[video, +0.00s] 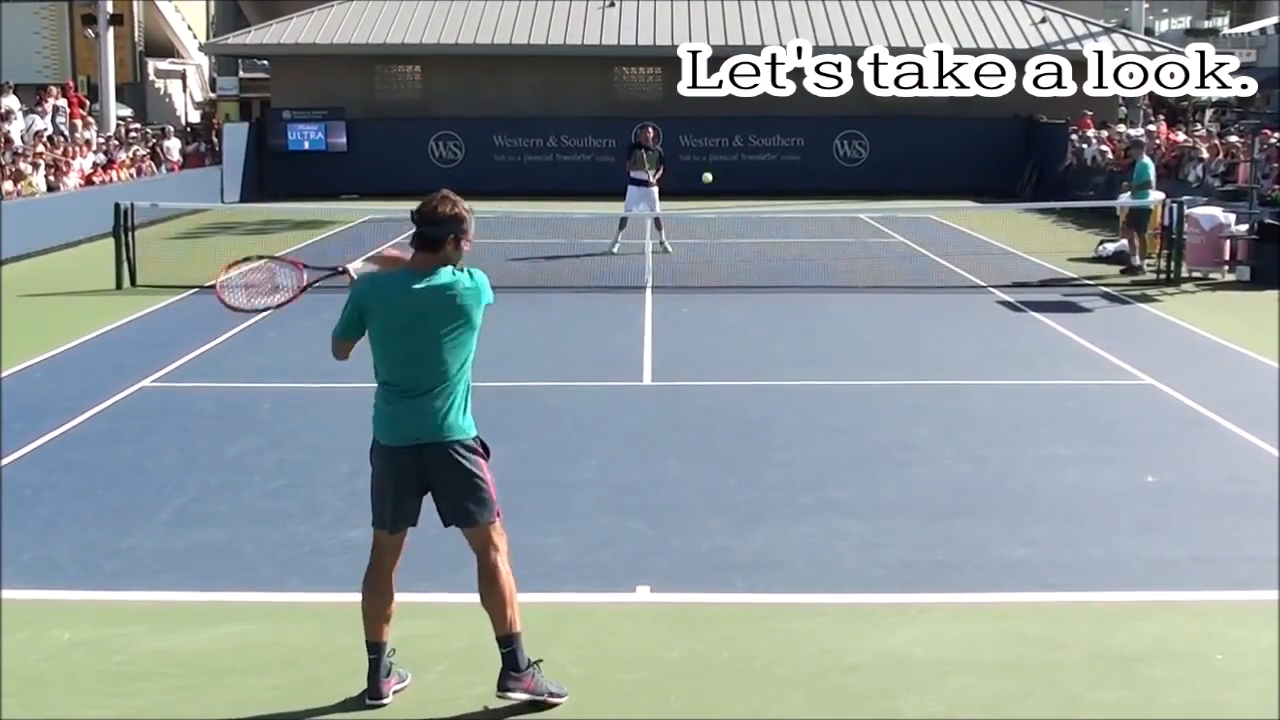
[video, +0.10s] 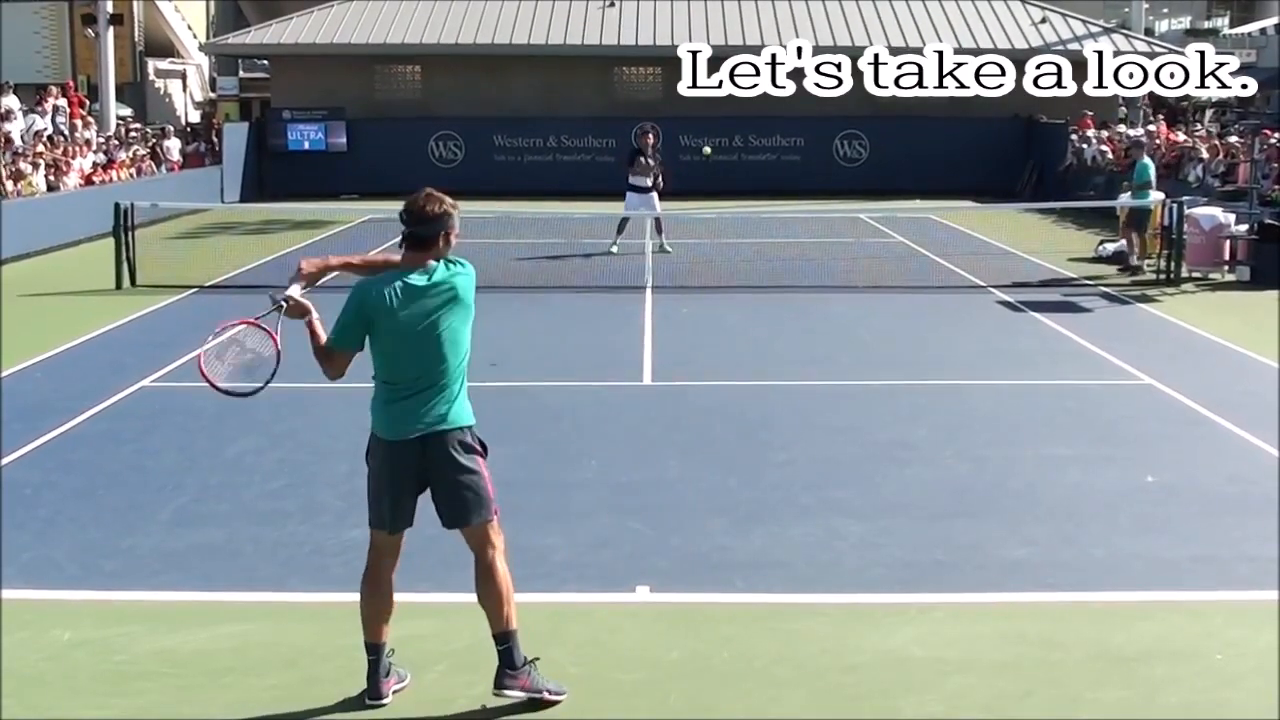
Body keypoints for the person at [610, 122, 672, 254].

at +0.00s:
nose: (647, 135)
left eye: (649, 132)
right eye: (645, 132)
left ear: (653, 135)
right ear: (640, 135)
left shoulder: (658, 151)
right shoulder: (633, 148)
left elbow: (661, 167)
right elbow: (629, 166)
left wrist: (655, 178)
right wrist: (635, 155)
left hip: (650, 184)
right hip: (635, 183)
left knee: (656, 214)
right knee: (626, 213)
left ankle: (663, 240)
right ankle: (616, 240)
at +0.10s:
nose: (648, 141)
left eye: (650, 138)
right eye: (645, 138)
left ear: (654, 140)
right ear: (640, 140)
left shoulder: (655, 156)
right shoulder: (635, 154)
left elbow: (658, 170)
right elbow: (629, 169)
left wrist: (659, 179)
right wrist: (642, 172)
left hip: (650, 187)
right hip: (634, 188)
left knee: (657, 215)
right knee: (627, 215)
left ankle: (663, 243)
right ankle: (615, 242)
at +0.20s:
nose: (650, 143)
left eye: (653, 141)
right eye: (648, 140)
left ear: (656, 143)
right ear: (643, 142)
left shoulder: (657, 159)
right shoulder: (637, 155)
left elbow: (661, 179)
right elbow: (633, 171)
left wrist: (674, 178)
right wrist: (647, 172)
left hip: (649, 190)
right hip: (634, 189)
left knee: (658, 215)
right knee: (629, 217)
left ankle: (663, 243)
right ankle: (615, 243)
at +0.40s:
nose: (659, 145)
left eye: (661, 142)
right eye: (657, 142)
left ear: (662, 144)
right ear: (651, 142)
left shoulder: (661, 160)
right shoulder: (640, 154)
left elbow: (671, 178)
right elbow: (626, 166)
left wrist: (688, 180)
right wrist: (631, 178)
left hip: (650, 189)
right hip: (637, 188)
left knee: (658, 215)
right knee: (634, 215)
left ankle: (662, 243)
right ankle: (619, 239)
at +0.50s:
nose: (661, 146)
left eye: (663, 144)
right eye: (659, 143)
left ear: (663, 146)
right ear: (652, 143)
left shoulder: (661, 162)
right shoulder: (639, 154)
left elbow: (663, 180)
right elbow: (625, 164)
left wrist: (674, 189)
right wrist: (626, 174)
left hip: (649, 189)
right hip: (635, 188)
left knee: (656, 215)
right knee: (636, 215)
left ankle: (661, 243)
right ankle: (626, 242)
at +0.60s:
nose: (660, 146)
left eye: (661, 143)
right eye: (658, 142)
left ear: (662, 145)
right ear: (651, 142)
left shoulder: (659, 162)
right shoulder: (637, 152)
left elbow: (656, 179)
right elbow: (623, 163)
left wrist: (662, 193)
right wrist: (623, 173)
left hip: (648, 189)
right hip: (633, 188)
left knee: (653, 216)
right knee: (634, 215)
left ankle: (661, 243)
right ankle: (629, 244)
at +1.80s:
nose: (645, 134)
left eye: (647, 131)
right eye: (643, 131)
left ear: (651, 134)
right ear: (638, 134)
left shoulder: (656, 150)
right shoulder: (632, 148)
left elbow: (660, 166)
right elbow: (627, 166)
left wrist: (652, 177)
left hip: (649, 184)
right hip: (633, 184)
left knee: (651, 213)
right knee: (627, 212)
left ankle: (653, 240)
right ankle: (621, 239)